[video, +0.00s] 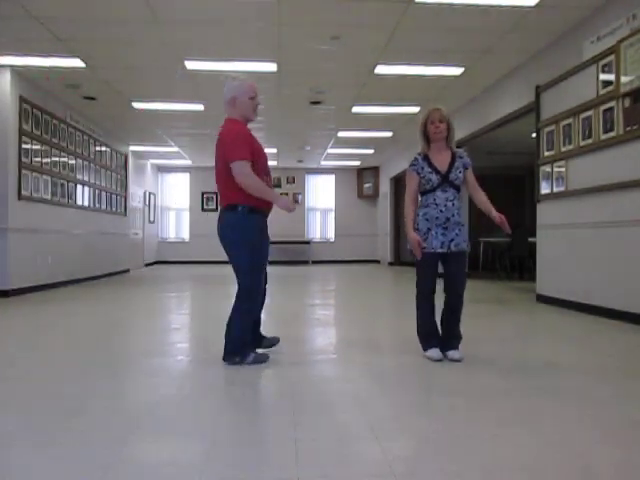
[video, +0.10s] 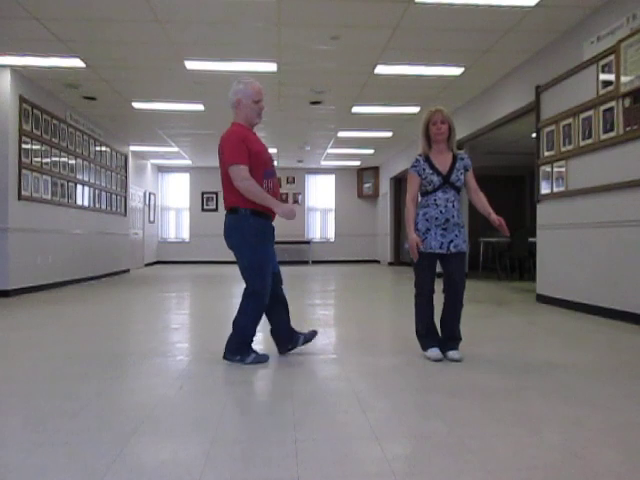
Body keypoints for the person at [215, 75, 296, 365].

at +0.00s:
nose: (258, 104)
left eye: (257, 98)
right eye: (253, 98)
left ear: (238, 102)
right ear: (235, 102)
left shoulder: (241, 132)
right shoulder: (234, 132)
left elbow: (250, 177)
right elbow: (242, 176)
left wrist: (278, 196)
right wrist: (276, 197)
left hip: (250, 217)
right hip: (240, 218)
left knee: (256, 283)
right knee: (250, 285)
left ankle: (251, 336)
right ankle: (236, 351)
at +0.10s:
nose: (262, 107)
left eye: (263, 102)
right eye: (257, 102)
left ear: (244, 104)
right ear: (239, 103)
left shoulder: (249, 136)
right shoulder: (235, 135)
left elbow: (255, 180)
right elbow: (240, 179)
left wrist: (279, 200)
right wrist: (278, 206)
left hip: (258, 221)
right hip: (246, 222)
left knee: (272, 284)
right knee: (259, 286)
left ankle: (286, 339)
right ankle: (237, 349)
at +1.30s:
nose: (294, 102)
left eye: (300, 98)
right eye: (289, 98)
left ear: (309, 103)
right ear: (282, 104)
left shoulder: (324, 138)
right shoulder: (270, 143)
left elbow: (337, 178)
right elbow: (261, 182)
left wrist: (330, 211)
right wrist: (255, 215)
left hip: (315, 223)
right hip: (279, 222)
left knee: (316, 288)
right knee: (270, 283)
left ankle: (313, 344)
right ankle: (269, 341)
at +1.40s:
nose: (291, 104)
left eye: (297, 99)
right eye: (286, 100)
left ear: (306, 104)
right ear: (279, 106)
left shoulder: (322, 140)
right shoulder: (266, 144)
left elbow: (335, 180)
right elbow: (257, 183)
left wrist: (333, 216)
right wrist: (251, 218)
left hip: (312, 225)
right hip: (276, 225)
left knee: (315, 289)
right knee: (270, 287)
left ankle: (312, 345)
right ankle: (261, 347)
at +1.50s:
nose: (287, 107)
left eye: (292, 102)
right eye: (281, 103)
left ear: (301, 107)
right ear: (274, 108)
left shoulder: (317, 145)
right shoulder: (261, 147)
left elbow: (332, 184)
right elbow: (250, 186)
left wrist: (334, 220)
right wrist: (244, 222)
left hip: (306, 229)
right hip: (271, 228)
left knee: (311, 291)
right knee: (268, 292)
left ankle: (312, 345)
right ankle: (262, 348)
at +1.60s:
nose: (281, 105)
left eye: (287, 100)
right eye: (276, 101)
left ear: (296, 105)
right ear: (269, 106)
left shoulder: (312, 144)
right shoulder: (254, 144)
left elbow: (325, 183)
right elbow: (243, 184)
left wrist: (329, 220)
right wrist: (239, 222)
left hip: (300, 226)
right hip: (264, 226)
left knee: (307, 289)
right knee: (262, 290)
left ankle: (312, 345)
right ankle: (262, 349)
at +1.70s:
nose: (276, 102)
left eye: (281, 98)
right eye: (271, 98)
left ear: (290, 104)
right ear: (264, 105)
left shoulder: (306, 142)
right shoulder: (248, 142)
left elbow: (319, 183)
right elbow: (233, 180)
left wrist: (322, 219)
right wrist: (233, 216)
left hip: (295, 224)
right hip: (258, 224)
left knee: (306, 288)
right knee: (258, 290)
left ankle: (312, 343)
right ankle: (262, 348)